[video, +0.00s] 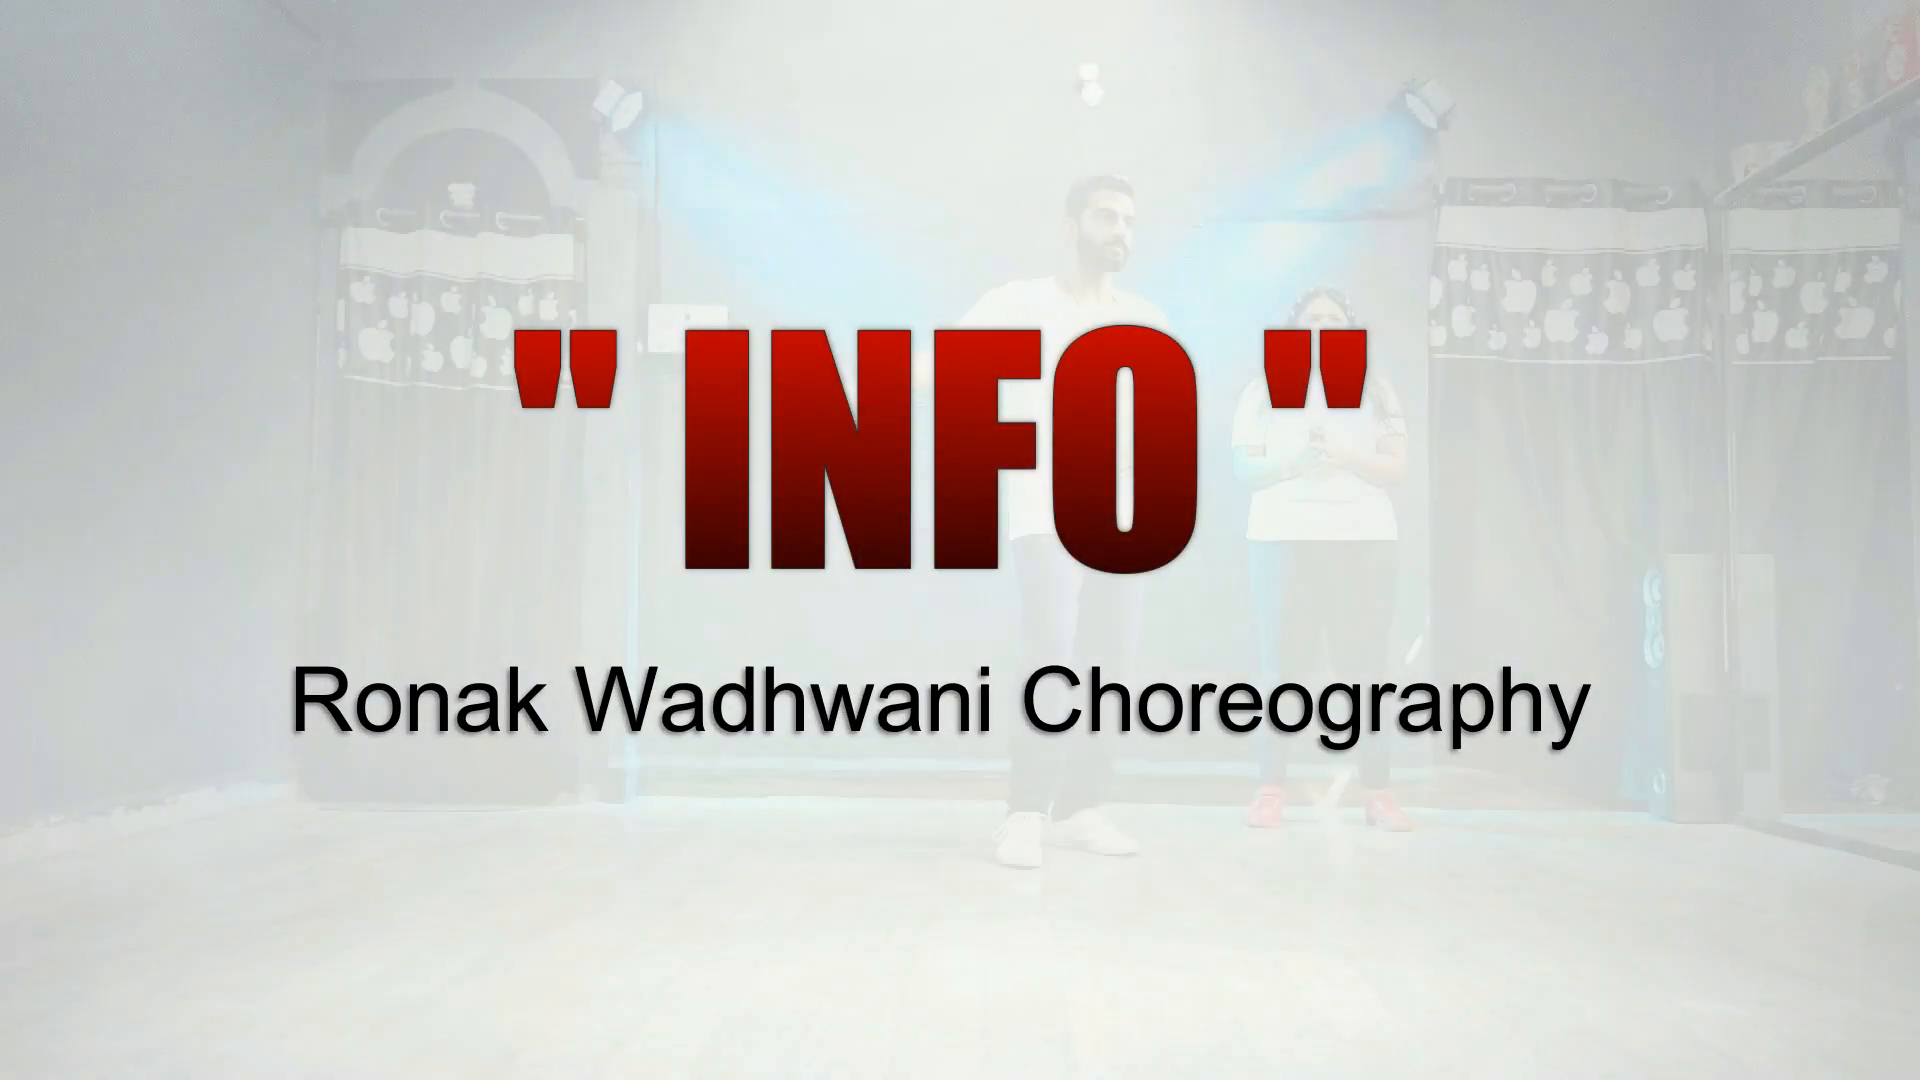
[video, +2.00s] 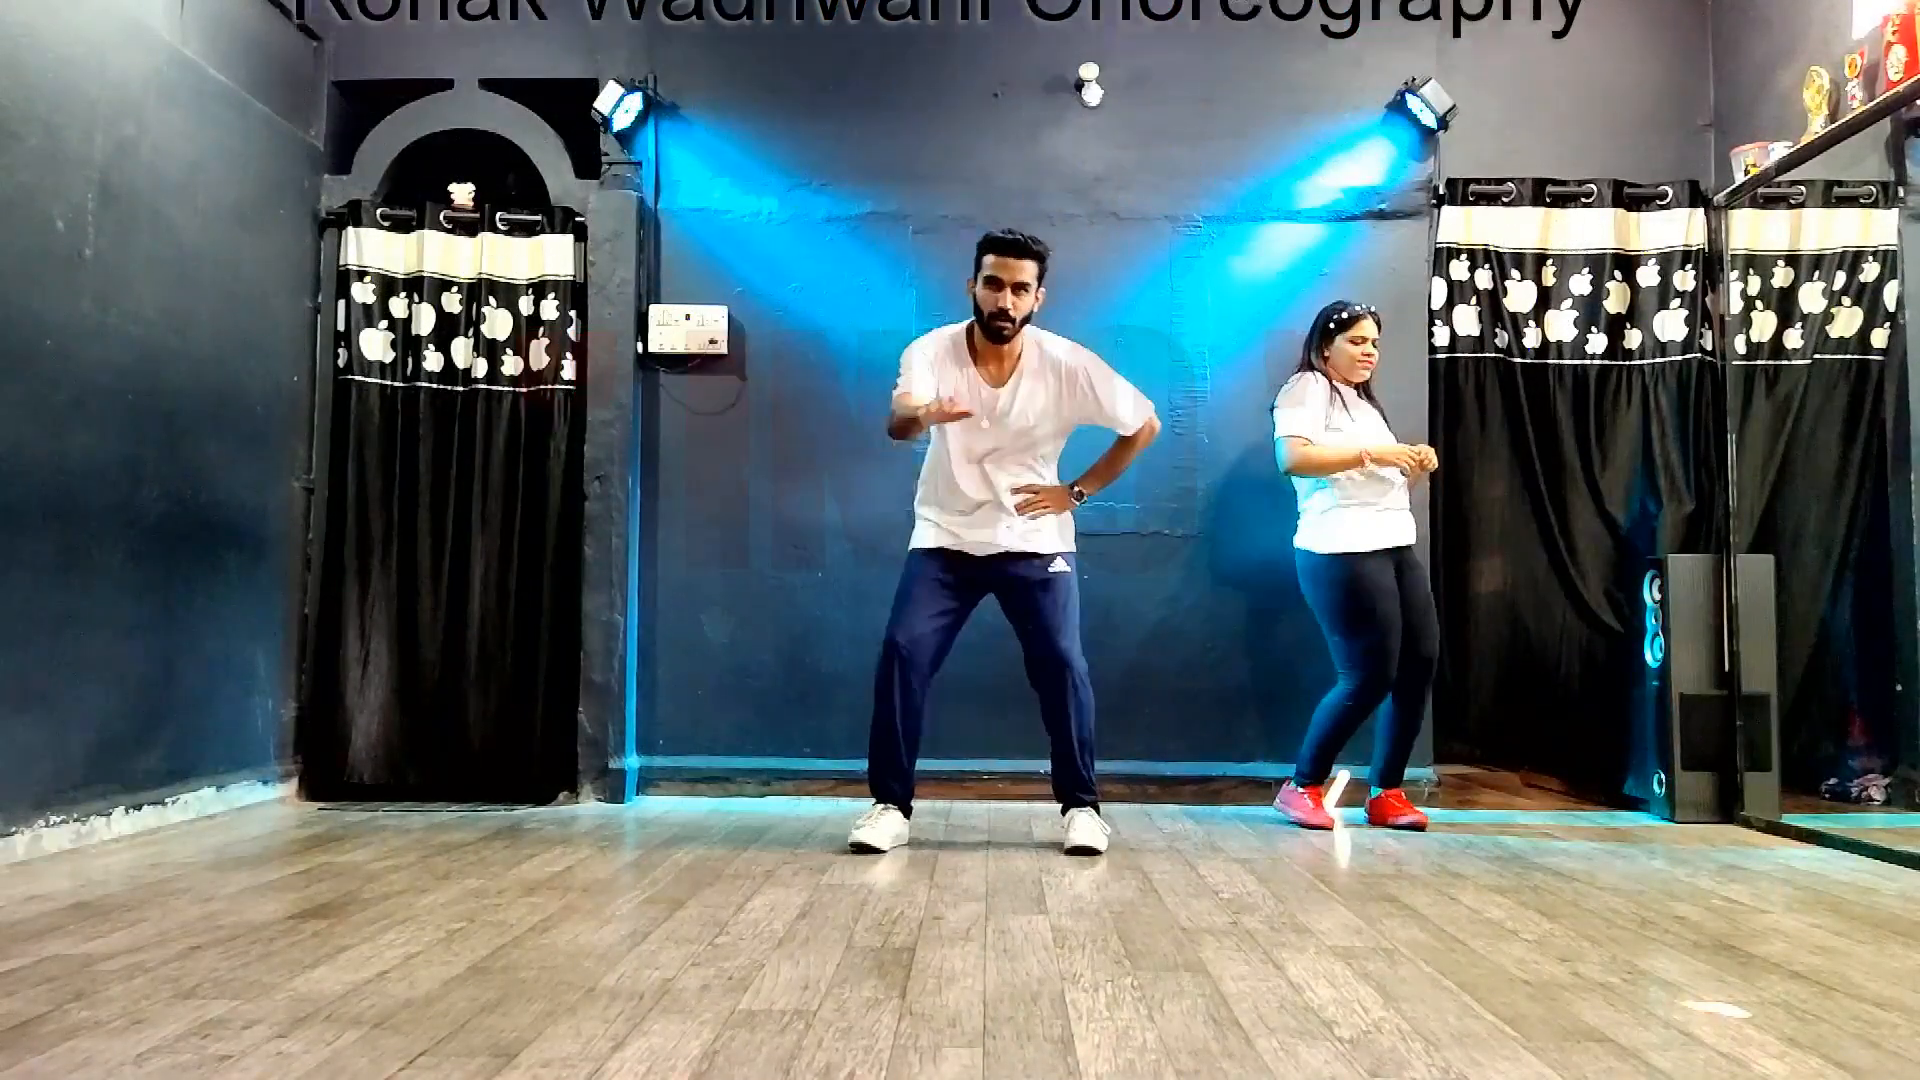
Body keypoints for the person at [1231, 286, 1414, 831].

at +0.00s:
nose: (1321, 337)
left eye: (1332, 327)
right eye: (1311, 327)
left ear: (1351, 331)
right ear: (1294, 330)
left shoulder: (1374, 386)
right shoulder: (1265, 386)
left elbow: (1397, 467)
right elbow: (1246, 468)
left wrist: (1340, 449)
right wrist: (1303, 450)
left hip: (1362, 539)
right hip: (1285, 539)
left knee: (1366, 663)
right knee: (1284, 663)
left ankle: (1376, 788)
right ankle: (1272, 786)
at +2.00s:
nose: (1368, 352)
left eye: (1373, 343)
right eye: (1356, 342)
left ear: (1376, 349)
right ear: (1324, 346)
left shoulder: (1363, 403)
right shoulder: (1305, 388)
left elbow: (1376, 487)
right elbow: (1293, 457)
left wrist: (1414, 470)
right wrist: (1371, 454)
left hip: (1396, 548)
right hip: (1340, 551)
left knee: (1418, 663)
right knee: (1368, 674)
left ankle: (1385, 793)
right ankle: (1301, 788)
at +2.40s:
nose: (1341, 326)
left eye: (1349, 317)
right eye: (1328, 321)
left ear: (1364, 327)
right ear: (1310, 333)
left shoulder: (1379, 396)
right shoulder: (1279, 376)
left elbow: (1396, 473)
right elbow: (1220, 432)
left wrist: (1409, 513)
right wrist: (1266, 443)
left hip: (1357, 543)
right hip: (1282, 539)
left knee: (1373, 664)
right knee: (1298, 666)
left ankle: (1375, 792)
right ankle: (1286, 792)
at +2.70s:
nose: (1315, 352)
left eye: (1323, 341)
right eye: (1303, 347)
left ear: (1342, 344)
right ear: (1291, 360)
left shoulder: (1377, 403)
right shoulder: (1272, 409)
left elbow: (1429, 474)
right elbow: (1243, 480)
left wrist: (1397, 528)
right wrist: (1207, 496)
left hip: (1334, 549)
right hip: (1257, 546)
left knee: (1329, 676)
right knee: (1244, 669)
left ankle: (1370, 791)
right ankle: (1272, 793)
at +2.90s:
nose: (1303, 366)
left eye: (1311, 353)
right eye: (1291, 360)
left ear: (1331, 352)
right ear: (1283, 371)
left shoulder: (1374, 405)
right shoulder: (1280, 426)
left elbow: (1397, 480)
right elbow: (1253, 505)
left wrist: (1328, 509)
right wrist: (1226, 570)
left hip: (1339, 557)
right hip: (1265, 554)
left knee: (1337, 680)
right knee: (1241, 668)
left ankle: (1380, 796)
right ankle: (1276, 793)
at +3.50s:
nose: (1338, 361)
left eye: (1346, 350)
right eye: (1324, 354)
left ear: (1358, 355)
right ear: (1303, 362)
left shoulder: (1372, 412)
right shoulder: (1277, 413)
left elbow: (1405, 476)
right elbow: (1255, 483)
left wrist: (1426, 538)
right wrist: (1254, 547)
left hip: (1378, 553)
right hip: (1306, 552)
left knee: (1422, 669)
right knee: (1326, 674)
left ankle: (1392, 796)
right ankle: (1293, 795)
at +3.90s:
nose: (1352, 324)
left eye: (1362, 317)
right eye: (1342, 317)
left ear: (1379, 330)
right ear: (1324, 330)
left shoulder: (1395, 395)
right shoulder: (1291, 380)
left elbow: (1403, 468)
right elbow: (1276, 455)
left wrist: (1351, 483)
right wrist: (1317, 482)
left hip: (1365, 547)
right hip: (1290, 543)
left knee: (1382, 671)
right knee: (1296, 672)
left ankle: (1378, 791)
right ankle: (1288, 792)